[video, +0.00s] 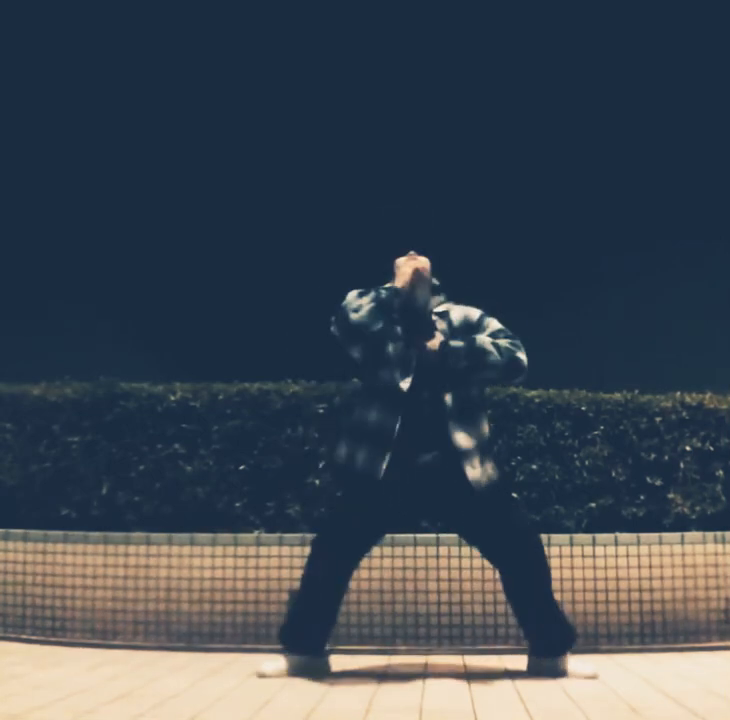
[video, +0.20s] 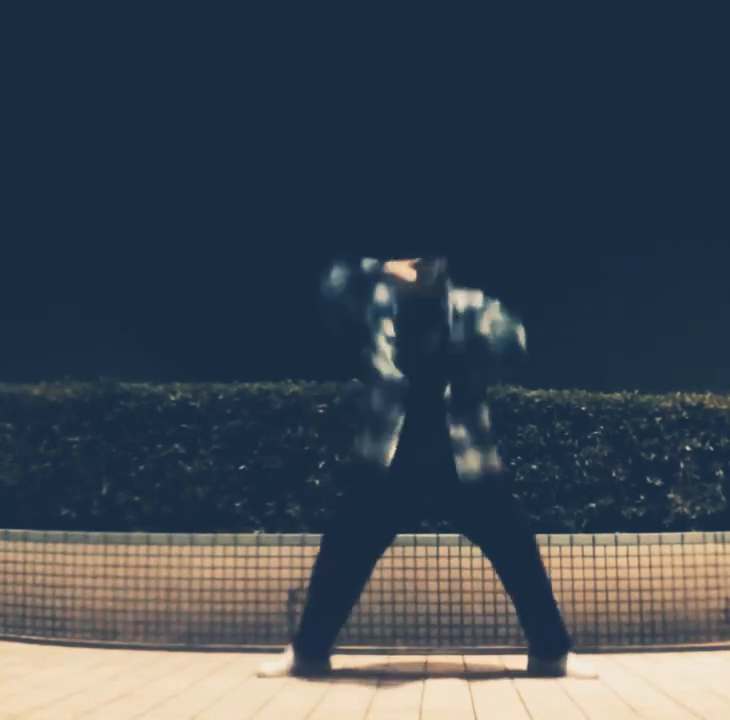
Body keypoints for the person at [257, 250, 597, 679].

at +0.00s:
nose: (413, 275)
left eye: (421, 270)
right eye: (405, 269)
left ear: (434, 282)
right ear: (391, 279)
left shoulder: (464, 318)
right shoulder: (370, 310)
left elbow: (514, 358)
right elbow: (348, 323)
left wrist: (447, 350)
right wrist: (396, 289)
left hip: (458, 476)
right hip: (378, 476)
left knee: (519, 546)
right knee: (333, 551)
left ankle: (548, 651)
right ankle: (304, 651)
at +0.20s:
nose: (424, 272)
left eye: (433, 262)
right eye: (413, 264)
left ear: (447, 266)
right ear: (396, 270)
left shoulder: (472, 306)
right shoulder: (373, 307)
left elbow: (516, 341)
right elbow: (331, 286)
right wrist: (380, 269)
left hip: (467, 470)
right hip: (385, 470)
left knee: (516, 555)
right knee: (343, 558)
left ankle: (550, 653)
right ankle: (309, 654)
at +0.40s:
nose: (422, 260)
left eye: (433, 250)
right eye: (413, 249)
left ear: (447, 245)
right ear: (399, 243)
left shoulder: (468, 275)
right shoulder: (379, 270)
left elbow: (510, 309)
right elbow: (334, 275)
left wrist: (438, 321)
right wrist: (377, 305)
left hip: (462, 430)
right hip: (389, 429)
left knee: (488, 527)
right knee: (359, 523)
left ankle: (501, 638)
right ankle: (355, 635)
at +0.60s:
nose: (423, 264)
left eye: (433, 255)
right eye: (415, 255)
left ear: (448, 255)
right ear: (401, 252)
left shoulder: (470, 307)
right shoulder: (371, 294)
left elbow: (480, 376)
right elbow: (359, 364)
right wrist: (378, 410)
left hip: (456, 447)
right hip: (388, 445)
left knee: (470, 539)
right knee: (375, 539)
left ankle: (471, 644)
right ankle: (373, 645)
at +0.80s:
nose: (420, 251)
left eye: (428, 240)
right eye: (410, 241)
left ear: (442, 242)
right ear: (395, 245)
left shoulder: (474, 290)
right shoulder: (370, 307)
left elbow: (515, 326)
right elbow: (338, 385)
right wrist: (352, 435)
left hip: (464, 447)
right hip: (390, 450)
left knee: (485, 533)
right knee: (351, 533)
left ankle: (484, 646)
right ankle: (358, 646)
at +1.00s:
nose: (409, 251)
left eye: (419, 240)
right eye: (401, 240)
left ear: (437, 242)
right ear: (389, 242)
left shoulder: (458, 292)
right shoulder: (379, 292)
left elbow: (489, 328)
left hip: (448, 427)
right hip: (390, 427)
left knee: (453, 536)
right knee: (383, 536)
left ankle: (471, 643)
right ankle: (371, 642)